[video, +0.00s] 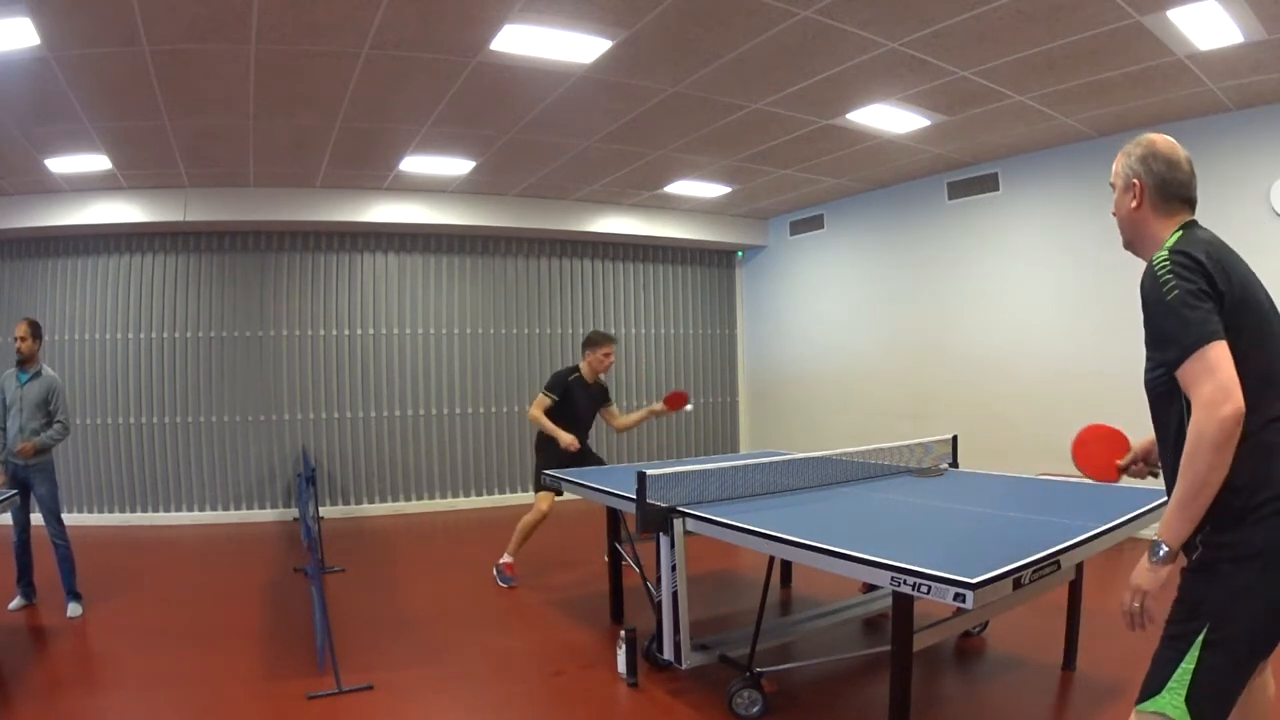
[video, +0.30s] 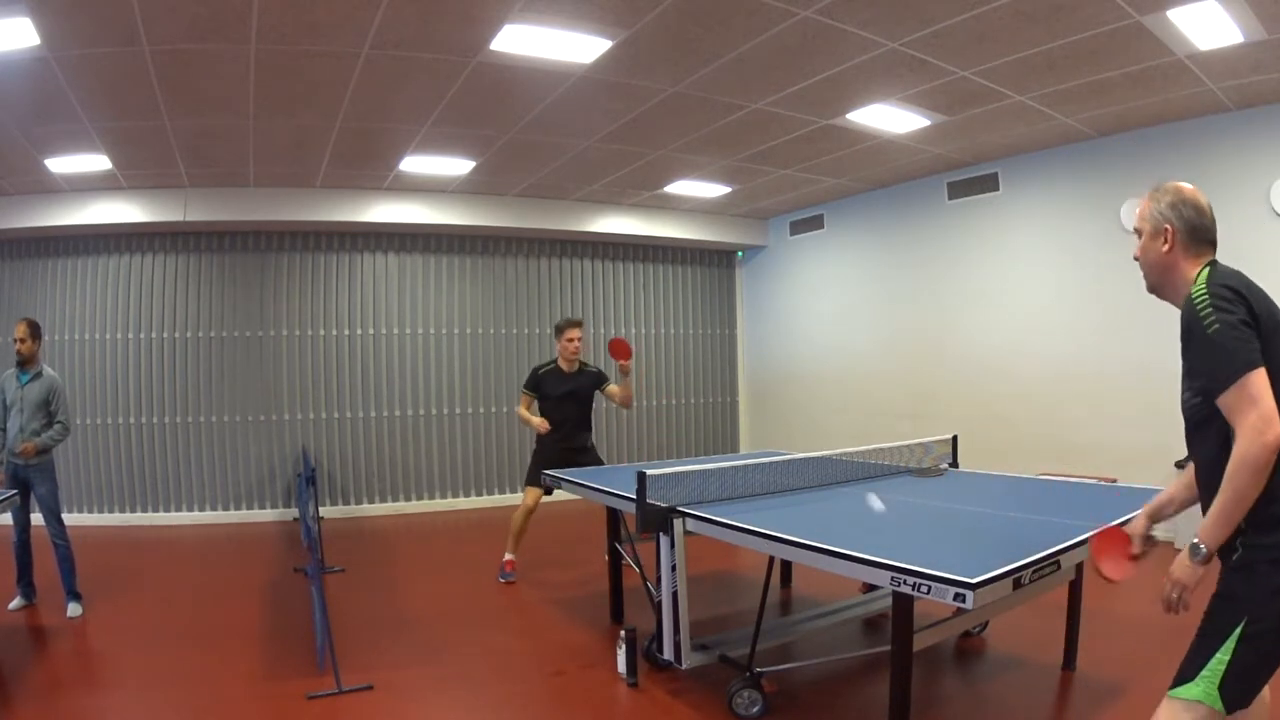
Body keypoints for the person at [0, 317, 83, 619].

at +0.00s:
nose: (17, 344)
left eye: (23, 339)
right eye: (15, 339)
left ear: (38, 343)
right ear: (14, 343)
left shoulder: (51, 382)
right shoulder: (6, 380)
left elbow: (63, 425)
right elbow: (3, 425)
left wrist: (37, 443)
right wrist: (2, 466)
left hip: (40, 466)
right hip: (11, 466)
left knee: (56, 531)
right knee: (20, 532)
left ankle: (72, 596)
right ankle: (26, 592)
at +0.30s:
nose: (17, 345)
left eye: (22, 340)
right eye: (14, 340)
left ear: (37, 343)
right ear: (14, 344)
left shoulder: (51, 382)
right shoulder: (7, 380)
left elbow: (63, 426)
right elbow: (3, 424)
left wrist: (39, 444)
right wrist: (2, 465)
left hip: (40, 465)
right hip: (11, 465)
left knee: (56, 531)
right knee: (20, 532)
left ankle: (72, 596)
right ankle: (26, 592)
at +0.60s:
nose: (17, 346)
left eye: (22, 340)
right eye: (14, 341)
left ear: (37, 343)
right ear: (14, 344)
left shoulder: (51, 382)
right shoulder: (7, 380)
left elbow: (62, 426)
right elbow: (4, 423)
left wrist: (37, 444)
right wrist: (4, 457)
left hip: (40, 465)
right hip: (11, 464)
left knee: (56, 531)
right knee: (20, 532)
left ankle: (72, 596)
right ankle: (26, 593)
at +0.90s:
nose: (15, 348)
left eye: (21, 343)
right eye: (13, 343)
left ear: (36, 344)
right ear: (12, 345)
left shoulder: (51, 382)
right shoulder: (6, 381)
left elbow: (62, 427)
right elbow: (3, 426)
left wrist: (37, 444)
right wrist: (1, 466)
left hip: (41, 466)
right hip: (11, 466)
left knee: (56, 532)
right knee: (20, 533)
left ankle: (72, 596)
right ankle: (26, 593)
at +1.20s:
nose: (17, 349)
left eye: (22, 344)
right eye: (14, 344)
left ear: (36, 345)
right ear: (12, 345)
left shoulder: (51, 381)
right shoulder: (7, 381)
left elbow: (64, 426)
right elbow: (4, 425)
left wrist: (44, 446)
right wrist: (2, 466)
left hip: (41, 465)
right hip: (12, 465)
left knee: (57, 532)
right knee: (20, 533)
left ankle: (72, 596)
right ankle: (26, 593)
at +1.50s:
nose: (28, 352)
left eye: (33, 347)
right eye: (25, 347)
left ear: (44, 347)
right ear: (20, 346)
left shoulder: (57, 385)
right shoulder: (8, 381)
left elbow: (69, 427)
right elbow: (3, 425)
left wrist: (59, 453)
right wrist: (5, 466)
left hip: (47, 465)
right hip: (17, 465)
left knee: (60, 532)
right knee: (22, 533)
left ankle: (73, 596)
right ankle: (26, 593)